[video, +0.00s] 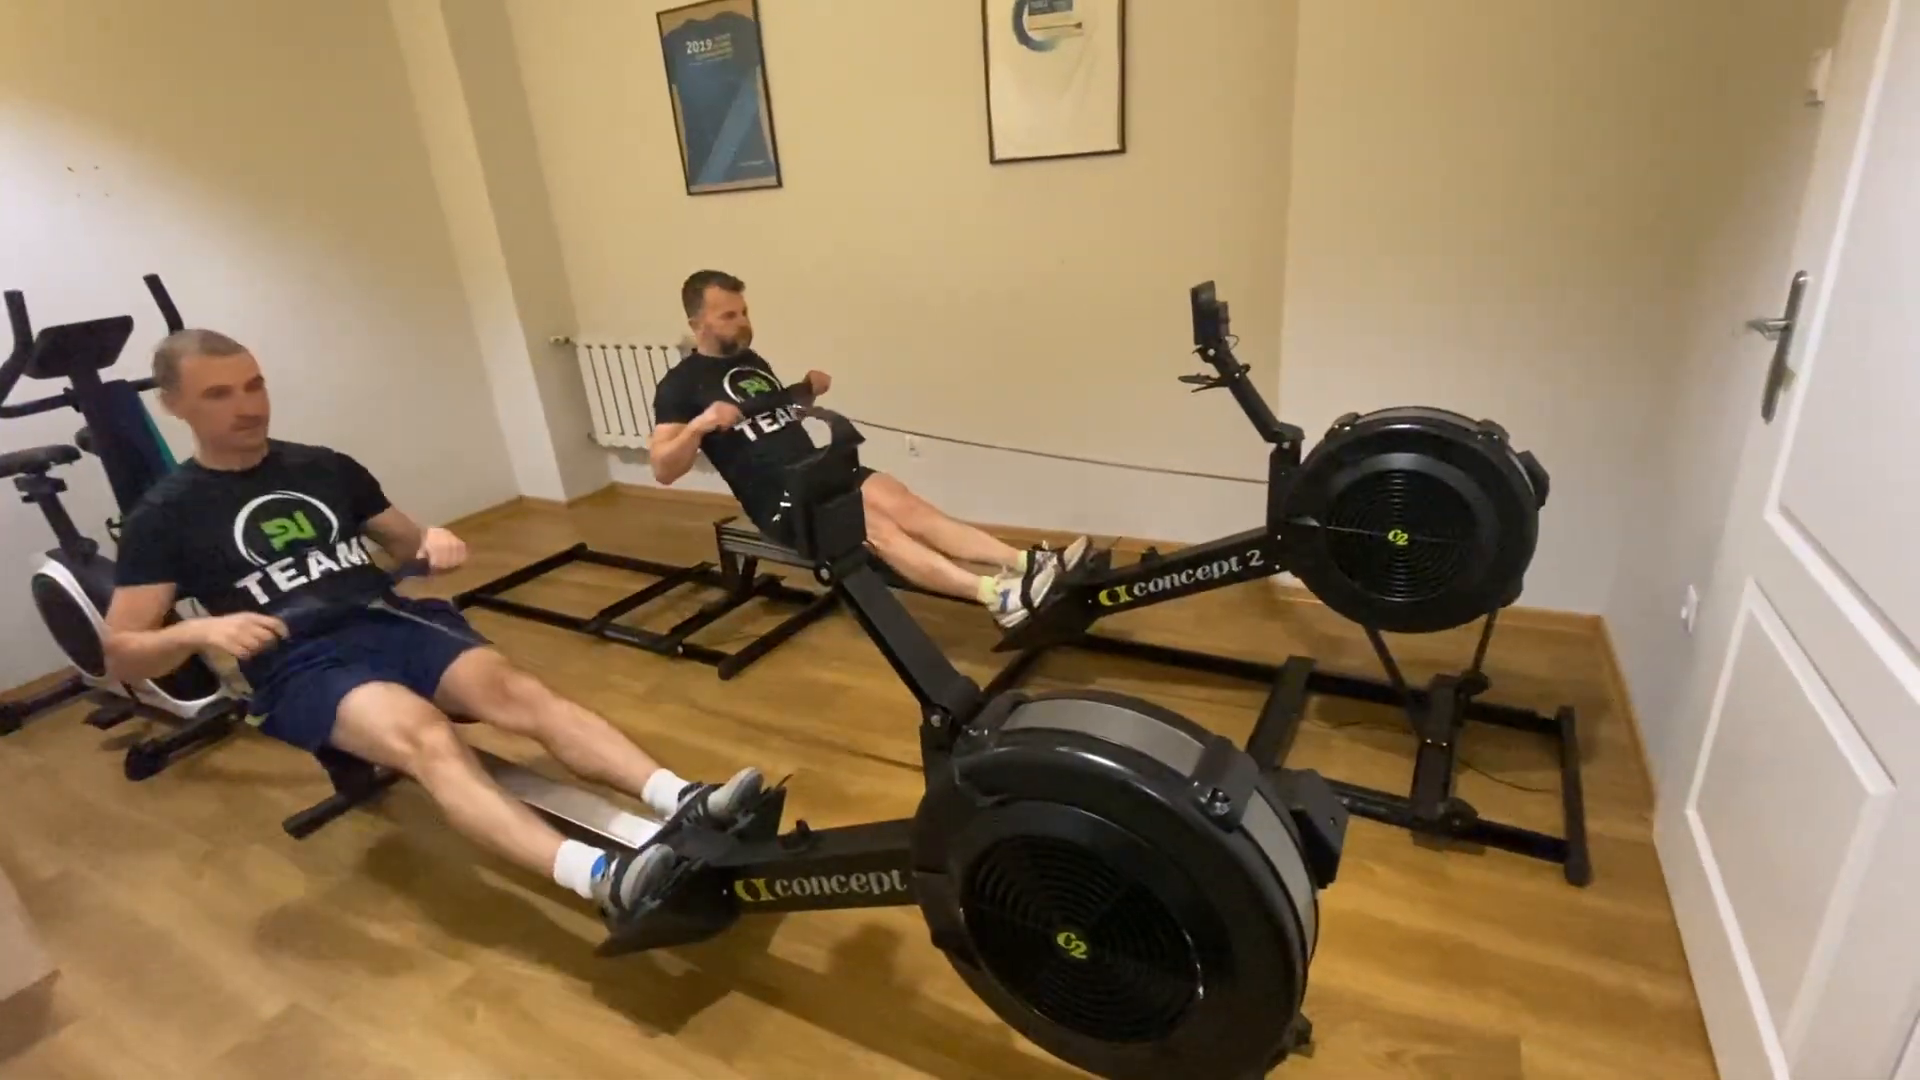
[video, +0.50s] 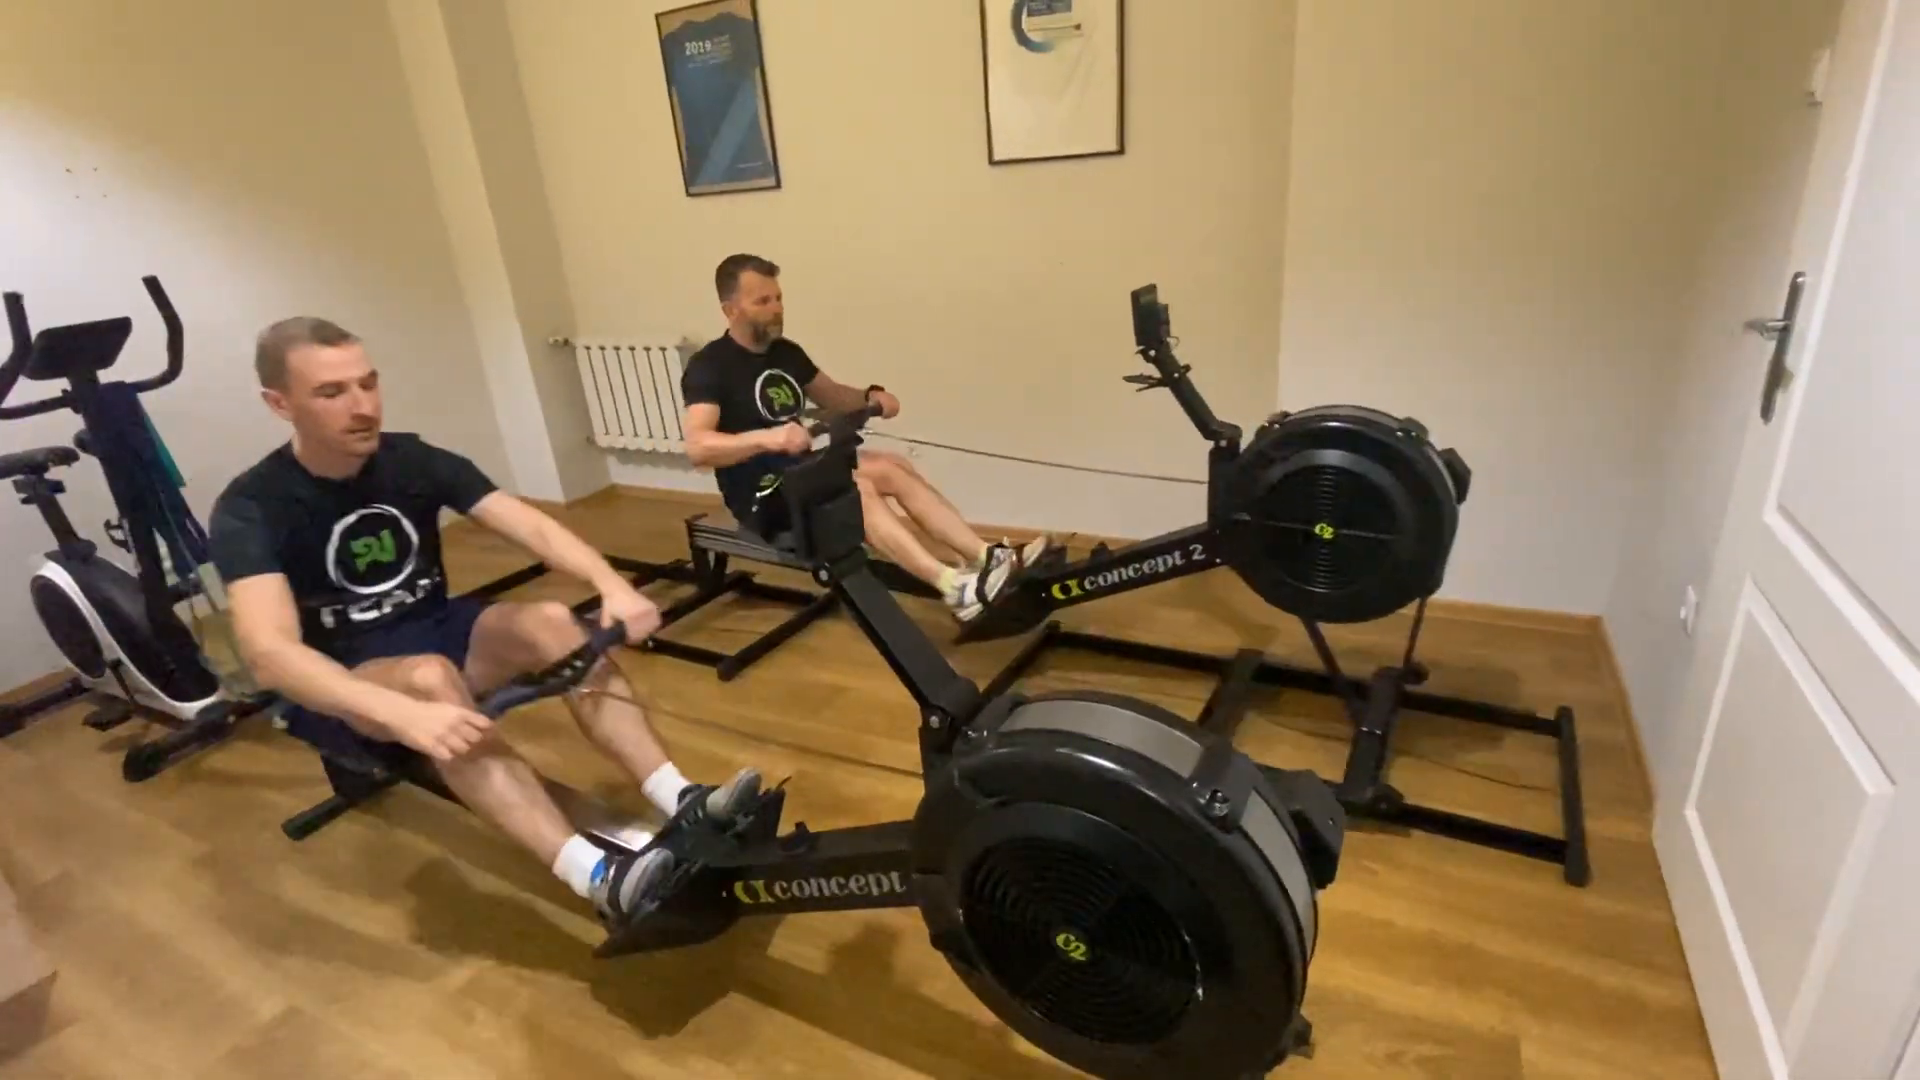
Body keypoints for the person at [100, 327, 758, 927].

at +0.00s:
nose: (247, 408)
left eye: (253, 387)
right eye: (220, 398)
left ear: (265, 382)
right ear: (177, 414)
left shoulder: (321, 467)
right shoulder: (164, 516)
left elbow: (409, 541)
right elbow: (122, 649)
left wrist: (432, 542)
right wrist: (198, 631)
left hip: (385, 619)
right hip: (296, 661)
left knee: (513, 688)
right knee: (426, 737)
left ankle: (686, 802)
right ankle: (607, 880)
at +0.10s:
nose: (258, 401)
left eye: (264, 381)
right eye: (231, 391)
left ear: (277, 377)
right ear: (188, 405)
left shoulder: (328, 462)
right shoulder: (173, 510)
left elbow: (436, 538)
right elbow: (136, 648)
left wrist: (471, 555)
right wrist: (239, 652)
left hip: (393, 630)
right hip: (303, 669)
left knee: (518, 683)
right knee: (428, 731)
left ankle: (684, 802)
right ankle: (604, 881)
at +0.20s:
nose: (280, 398)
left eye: (286, 377)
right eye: (253, 386)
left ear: (298, 371)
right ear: (206, 399)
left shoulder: (345, 458)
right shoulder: (186, 505)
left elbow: (455, 533)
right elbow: (168, 647)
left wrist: (502, 558)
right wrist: (284, 672)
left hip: (404, 633)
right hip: (310, 672)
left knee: (526, 674)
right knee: (429, 718)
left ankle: (683, 804)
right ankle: (599, 880)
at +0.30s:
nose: (299, 399)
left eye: (305, 377)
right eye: (271, 385)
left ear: (316, 373)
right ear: (220, 396)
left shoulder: (359, 458)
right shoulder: (202, 502)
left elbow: (468, 527)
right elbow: (196, 646)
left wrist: (530, 562)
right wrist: (318, 684)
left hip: (410, 634)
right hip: (315, 670)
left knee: (527, 660)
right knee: (429, 709)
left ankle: (683, 804)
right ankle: (598, 878)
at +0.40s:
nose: (327, 401)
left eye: (331, 379)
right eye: (298, 386)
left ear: (342, 376)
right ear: (244, 398)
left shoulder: (379, 457)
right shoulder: (224, 505)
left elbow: (496, 526)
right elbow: (229, 645)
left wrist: (564, 568)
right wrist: (345, 693)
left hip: (421, 624)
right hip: (332, 666)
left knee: (544, 641)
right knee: (432, 713)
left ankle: (682, 804)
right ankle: (599, 876)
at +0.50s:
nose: (364, 406)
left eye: (369, 384)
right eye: (336, 392)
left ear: (378, 381)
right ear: (280, 405)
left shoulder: (412, 462)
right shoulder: (253, 508)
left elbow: (531, 527)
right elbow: (269, 651)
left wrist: (611, 584)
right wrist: (406, 719)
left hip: (437, 634)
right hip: (342, 671)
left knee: (553, 626)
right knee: (434, 682)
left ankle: (683, 804)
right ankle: (599, 876)